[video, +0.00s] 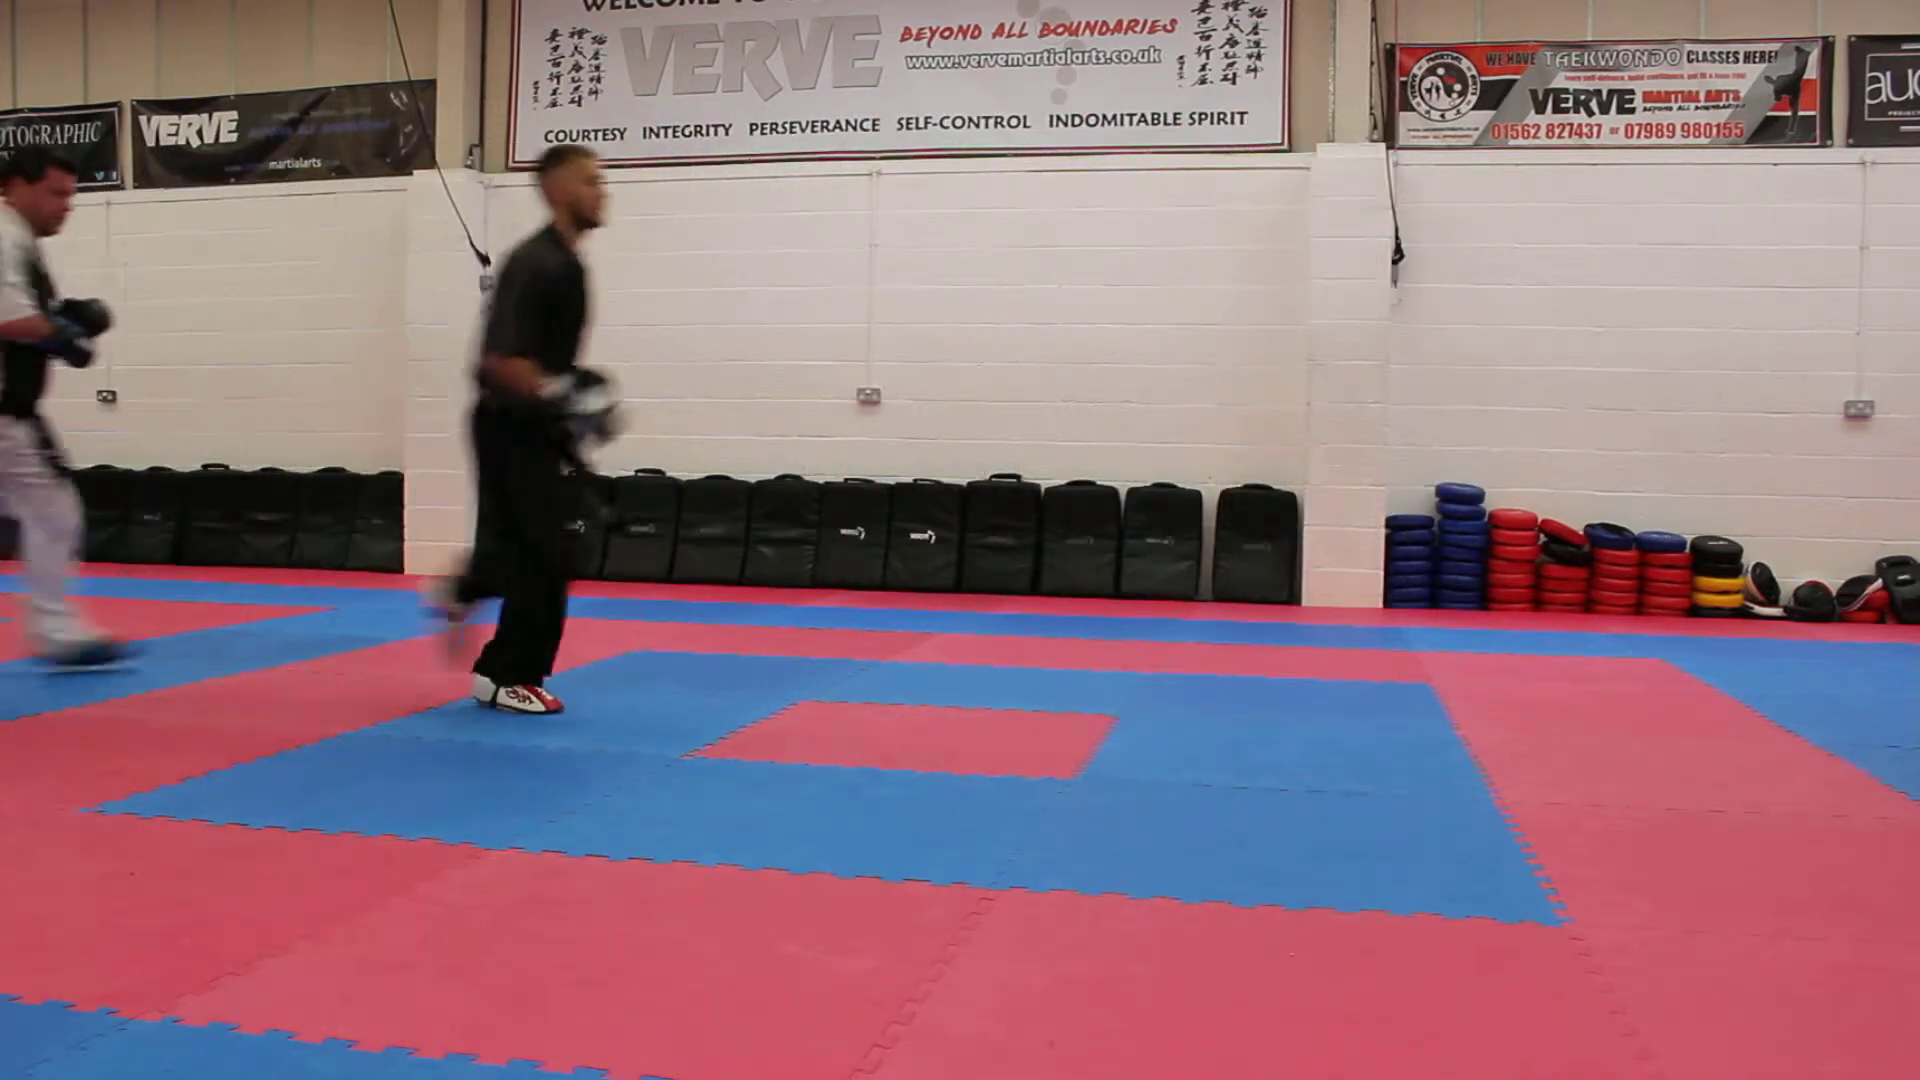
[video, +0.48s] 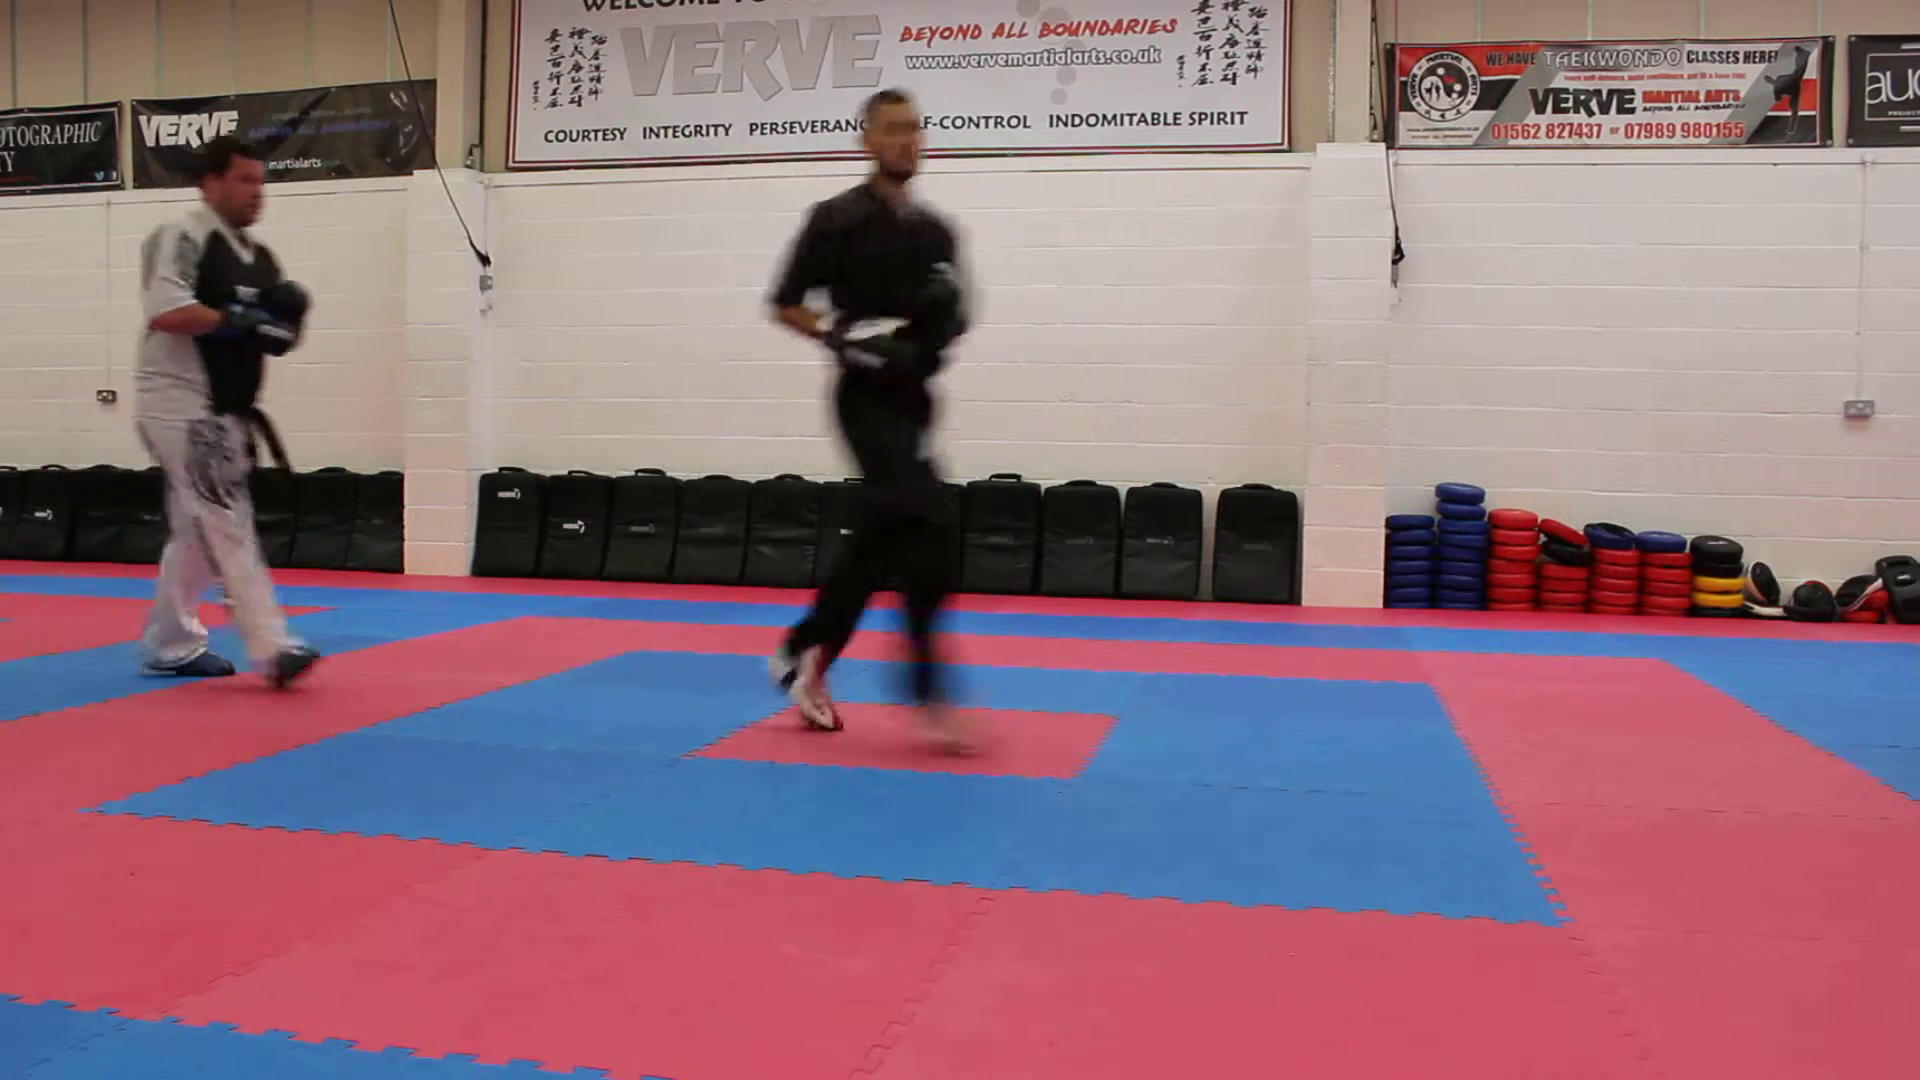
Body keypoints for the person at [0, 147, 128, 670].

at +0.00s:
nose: (66, 207)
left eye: (69, 196)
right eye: (57, 194)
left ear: (23, 193)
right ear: (18, 189)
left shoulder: (22, 242)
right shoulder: (6, 240)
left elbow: (25, 317)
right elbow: (12, 320)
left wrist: (58, 338)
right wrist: (63, 322)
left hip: (17, 415)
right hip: (8, 417)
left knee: (51, 508)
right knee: (53, 507)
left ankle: (56, 628)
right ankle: (55, 629)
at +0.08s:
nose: (98, 207)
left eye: (100, 196)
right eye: (89, 195)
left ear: (61, 195)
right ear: (51, 192)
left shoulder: (50, 248)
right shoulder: (30, 244)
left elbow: (59, 323)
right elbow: (55, 325)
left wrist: (96, 337)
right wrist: (105, 325)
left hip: (43, 426)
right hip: (24, 427)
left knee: (85, 534)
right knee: (84, 534)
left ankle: (149, 636)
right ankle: (148, 635)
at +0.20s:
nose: (150, 206)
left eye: (152, 196)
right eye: (140, 195)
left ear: (117, 198)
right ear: (102, 194)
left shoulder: (117, 256)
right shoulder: (80, 248)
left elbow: (125, 328)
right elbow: (112, 327)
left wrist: (161, 343)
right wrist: (163, 322)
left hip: (116, 426)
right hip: (62, 427)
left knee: (152, 533)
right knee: (37, 543)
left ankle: (170, 646)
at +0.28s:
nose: (185, 199)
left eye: (187, 189)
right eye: (175, 188)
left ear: (177, 192)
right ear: (139, 188)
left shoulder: (164, 256)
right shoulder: (110, 240)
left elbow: (178, 308)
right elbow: (128, 315)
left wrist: (209, 312)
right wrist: (187, 331)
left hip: (144, 413)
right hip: (96, 410)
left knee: (168, 527)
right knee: (114, 529)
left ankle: (168, 646)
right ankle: (19, 607)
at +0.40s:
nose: (231, 192)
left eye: (234, 183)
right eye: (221, 181)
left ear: (233, 185)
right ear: (185, 182)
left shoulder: (224, 253)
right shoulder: (152, 233)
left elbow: (246, 310)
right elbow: (149, 305)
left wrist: (251, 311)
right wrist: (218, 318)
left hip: (188, 399)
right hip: (141, 395)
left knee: (194, 514)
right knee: (191, 510)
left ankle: (172, 637)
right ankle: (172, 638)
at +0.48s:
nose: (257, 193)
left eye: (261, 183)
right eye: (246, 182)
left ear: (259, 188)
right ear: (212, 184)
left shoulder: (258, 255)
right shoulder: (177, 236)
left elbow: (284, 331)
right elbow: (165, 312)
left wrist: (283, 315)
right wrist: (235, 319)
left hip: (226, 403)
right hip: (175, 399)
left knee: (198, 528)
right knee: (228, 519)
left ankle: (169, 642)